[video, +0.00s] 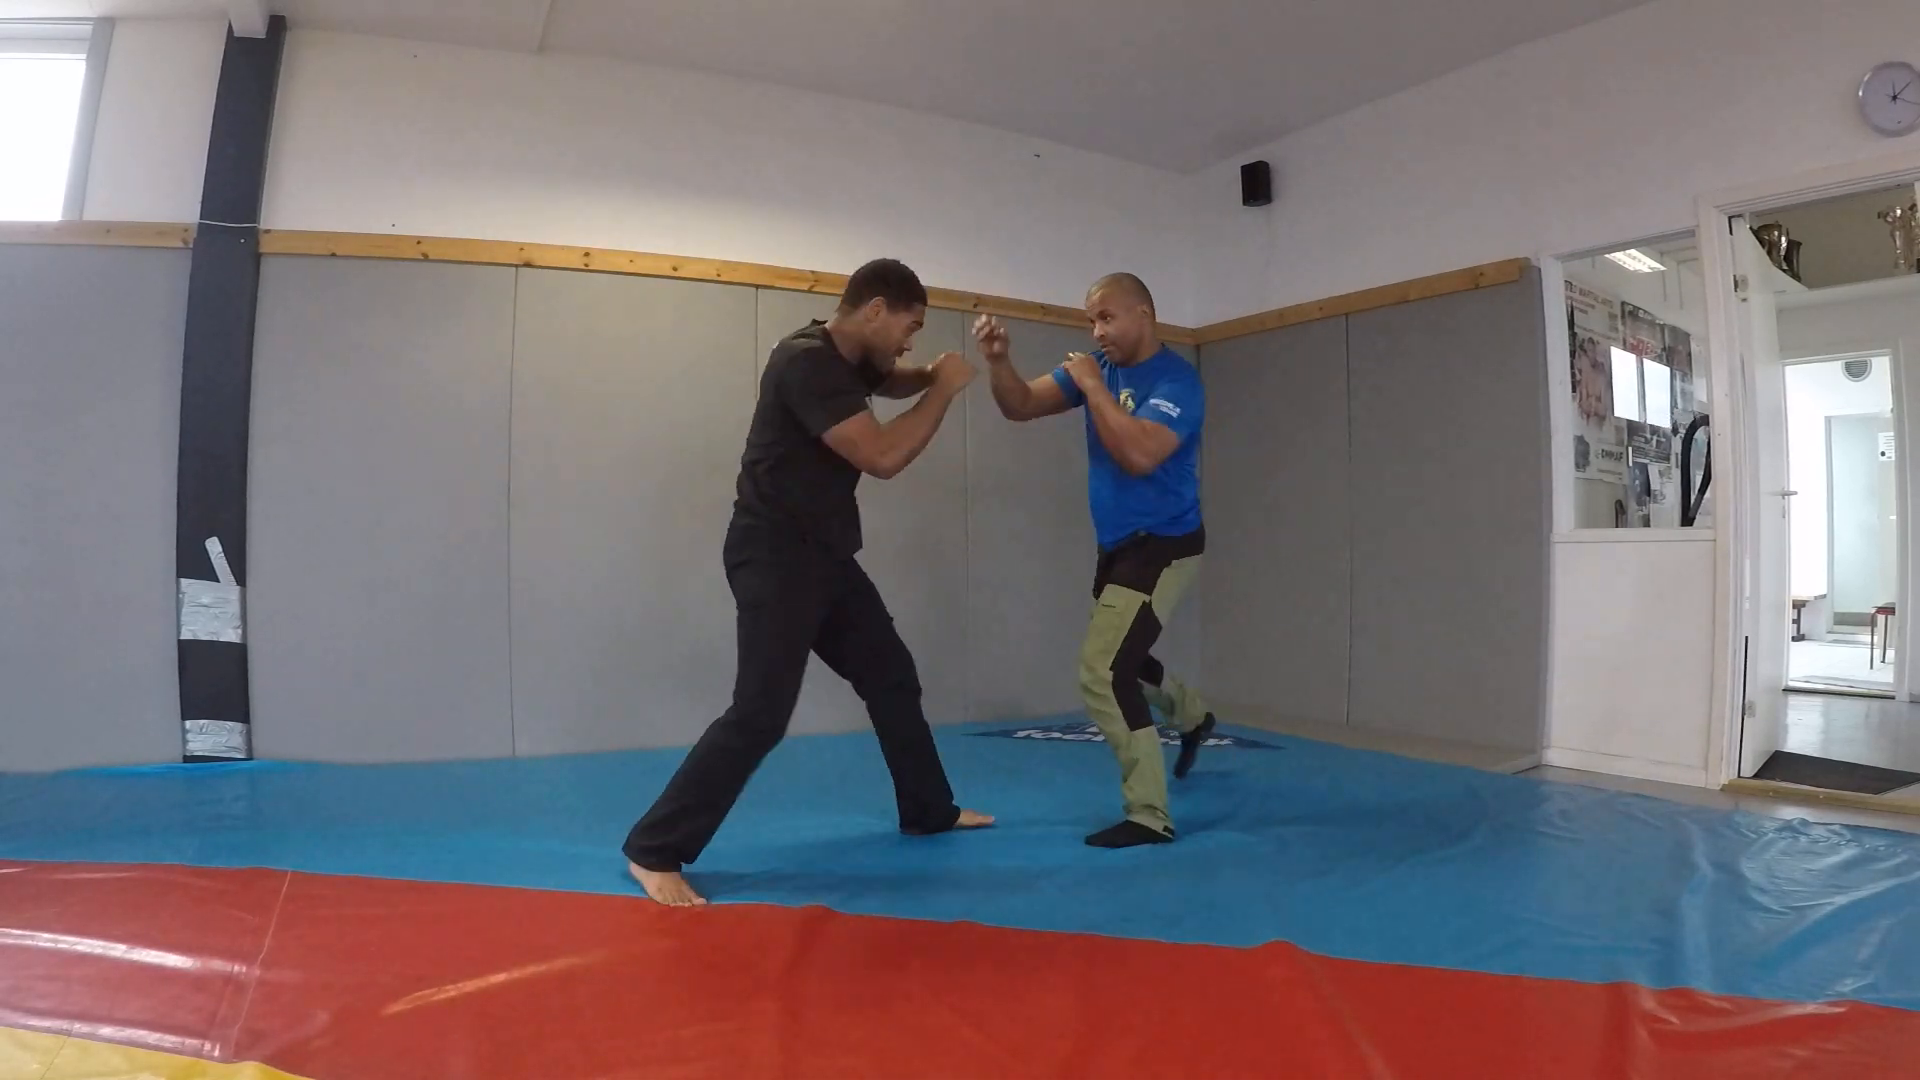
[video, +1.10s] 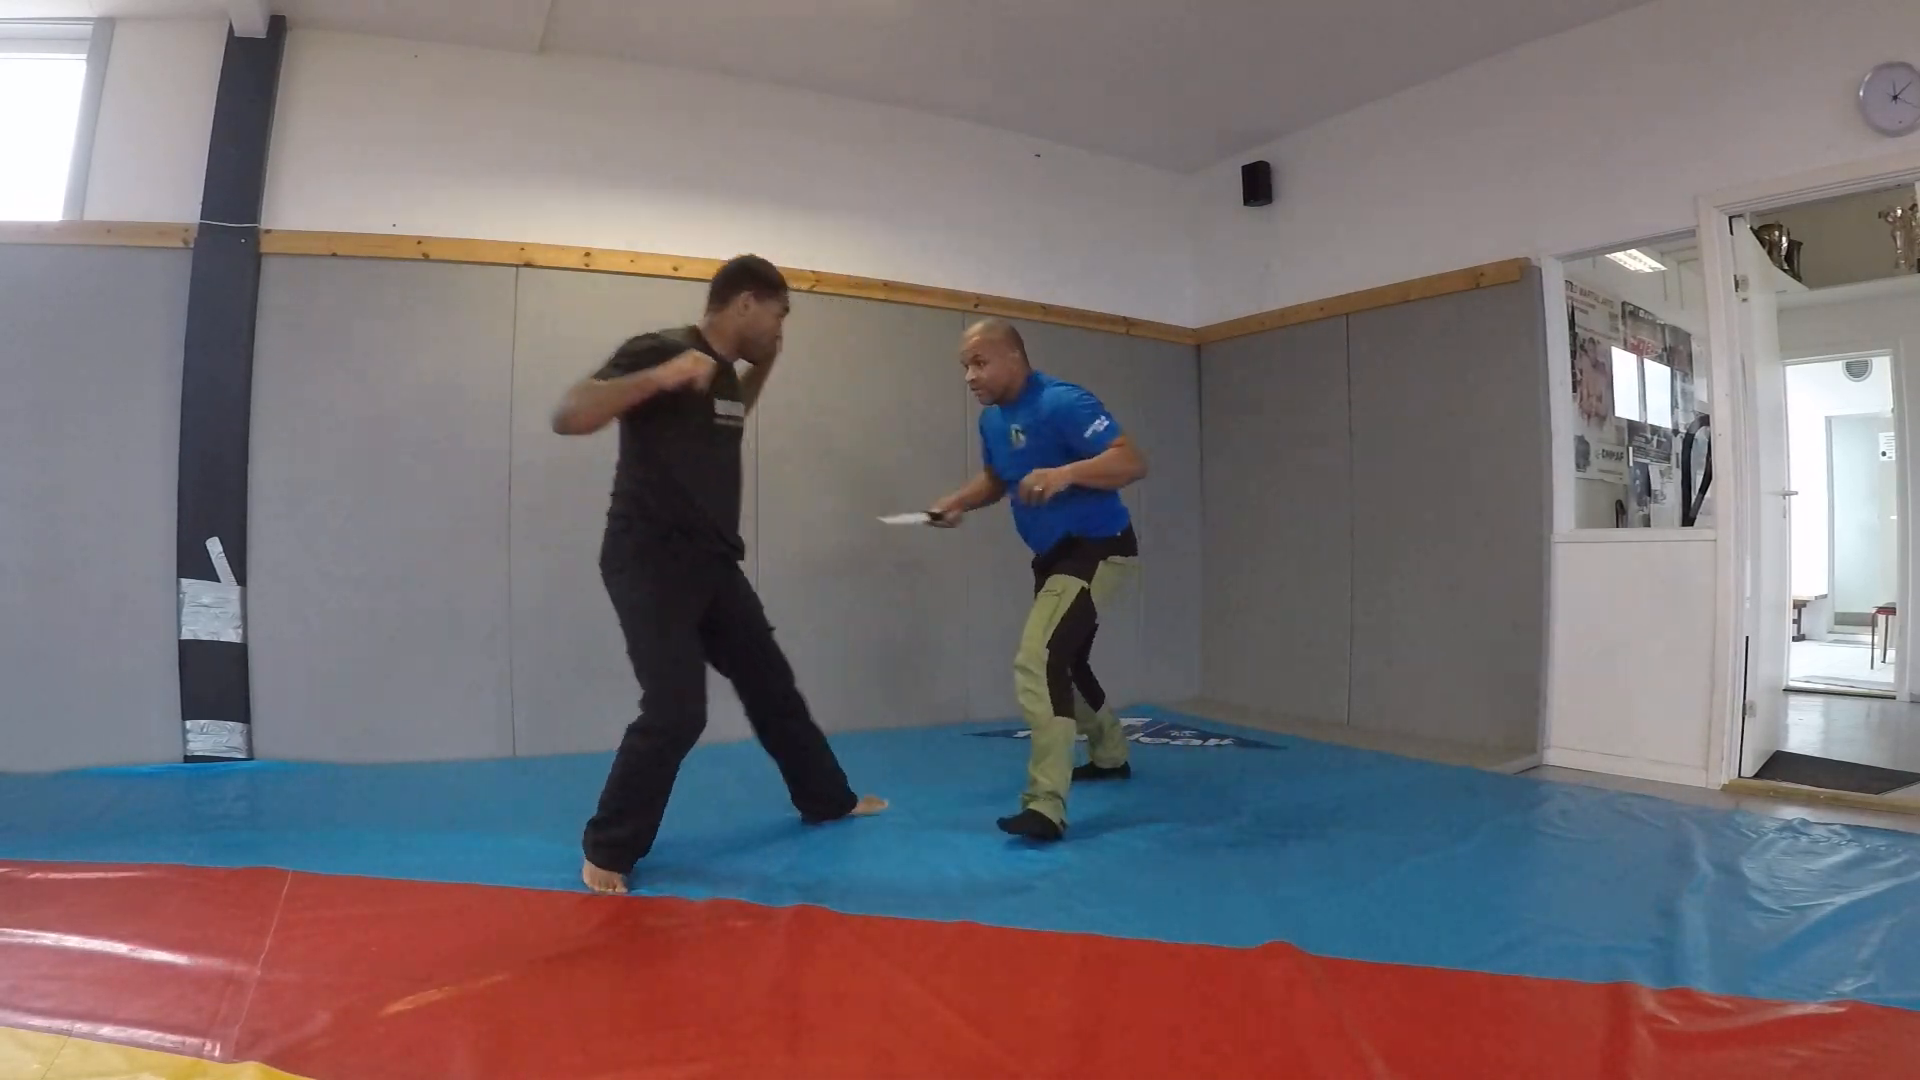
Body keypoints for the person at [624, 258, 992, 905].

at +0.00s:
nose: (909, 343)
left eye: (913, 334)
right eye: (908, 328)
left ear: (870, 313)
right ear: (873, 310)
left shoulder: (848, 357)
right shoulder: (806, 362)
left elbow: (895, 380)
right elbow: (884, 456)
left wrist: (940, 372)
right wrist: (944, 389)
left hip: (824, 558)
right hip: (775, 557)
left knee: (892, 679)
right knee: (760, 715)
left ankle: (929, 810)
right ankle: (654, 849)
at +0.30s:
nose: (864, 333)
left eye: (864, 327)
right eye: (864, 324)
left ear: (812, 314)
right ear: (850, 312)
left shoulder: (761, 359)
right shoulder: (834, 345)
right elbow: (917, 376)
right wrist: (923, 341)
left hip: (747, 535)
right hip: (780, 539)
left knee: (832, 665)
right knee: (765, 700)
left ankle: (818, 799)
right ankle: (657, 853)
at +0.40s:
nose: (856, 339)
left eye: (856, 332)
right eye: (855, 332)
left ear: (799, 326)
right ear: (841, 326)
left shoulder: (751, 374)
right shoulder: (842, 350)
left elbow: (746, 461)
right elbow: (959, 330)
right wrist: (953, 325)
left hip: (738, 538)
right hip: (786, 535)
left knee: (829, 663)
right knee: (765, 693)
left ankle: (820, 802)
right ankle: (656, 848)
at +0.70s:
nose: (864, 357)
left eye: (865, 349)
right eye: (864, 346)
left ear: (817, 329)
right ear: (849, 330)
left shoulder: (774, 367)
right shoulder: (829, 349)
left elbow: (748, 451)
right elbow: (862, 417)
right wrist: (922, 435)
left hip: (745, 526)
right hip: (762, 526)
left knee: (811, 666)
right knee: (750, 678)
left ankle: (819, 802)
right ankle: (655, 841)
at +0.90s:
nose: (855, 367)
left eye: (857, 357)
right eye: (853, 354)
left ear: (822, 342)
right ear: (827, 339)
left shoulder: (795, 396)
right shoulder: (775, 372)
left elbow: (817, 461)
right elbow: (755, 439)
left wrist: (865, 410)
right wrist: (846, 437)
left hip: (754, 559)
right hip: (720, 553)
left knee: (829, 662)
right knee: (748, 697)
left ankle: (826, 800)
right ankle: (618, 824)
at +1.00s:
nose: (829, 355)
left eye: (831, 343)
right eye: (828, 341)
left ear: (795, 333)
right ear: (797, 332)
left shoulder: (770, 397)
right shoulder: (729, 379)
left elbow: (777, 470)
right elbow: (670, 452)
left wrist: (818, 412)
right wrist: (768, 443)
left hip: (744, 564)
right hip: (698, 562)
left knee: (824, 668)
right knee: (725, 710)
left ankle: (834, 801)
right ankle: (595, 820)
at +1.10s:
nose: (781, 331)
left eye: (783, 318)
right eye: (778, 316)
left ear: (744, 306)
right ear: (744, 304)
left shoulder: (721, 373)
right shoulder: (662, 353)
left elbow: (732, 404)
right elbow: (569, 415)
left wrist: (765, 363)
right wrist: (659, 377)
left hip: (710, 561)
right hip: (648, 560)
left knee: (770, 686)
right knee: (677, 710)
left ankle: (826, 800)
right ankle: (608, 853)